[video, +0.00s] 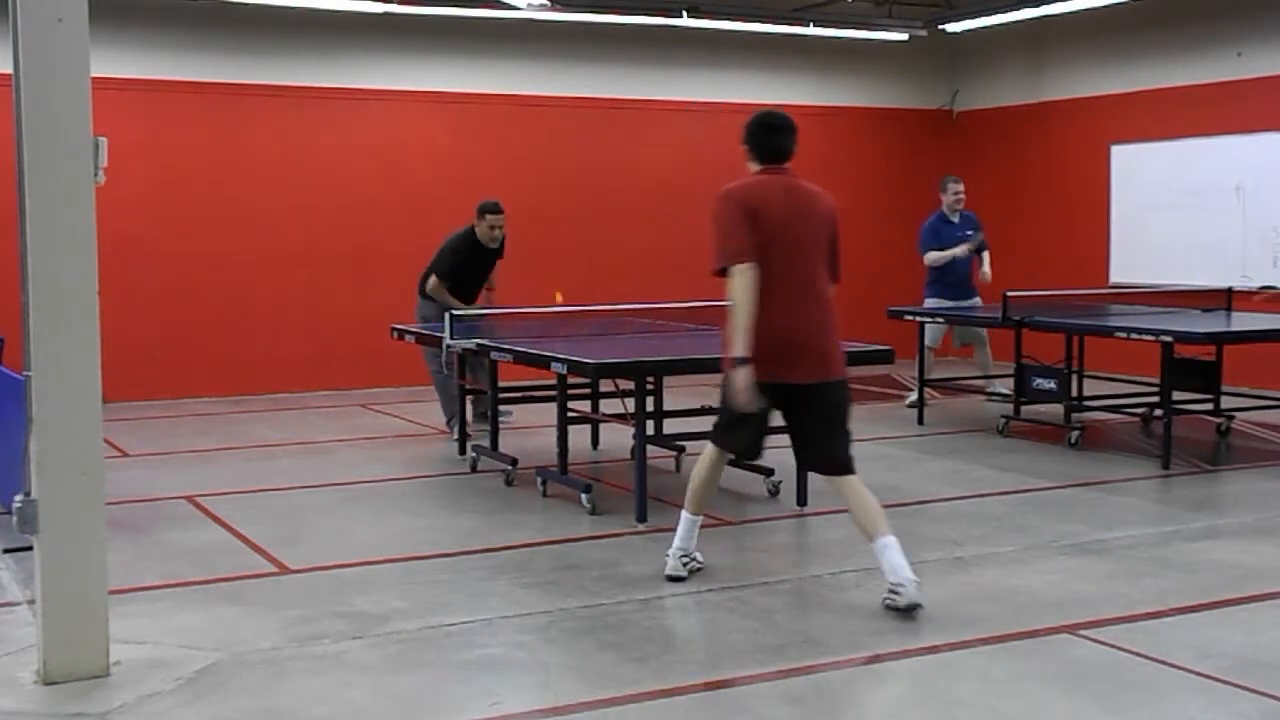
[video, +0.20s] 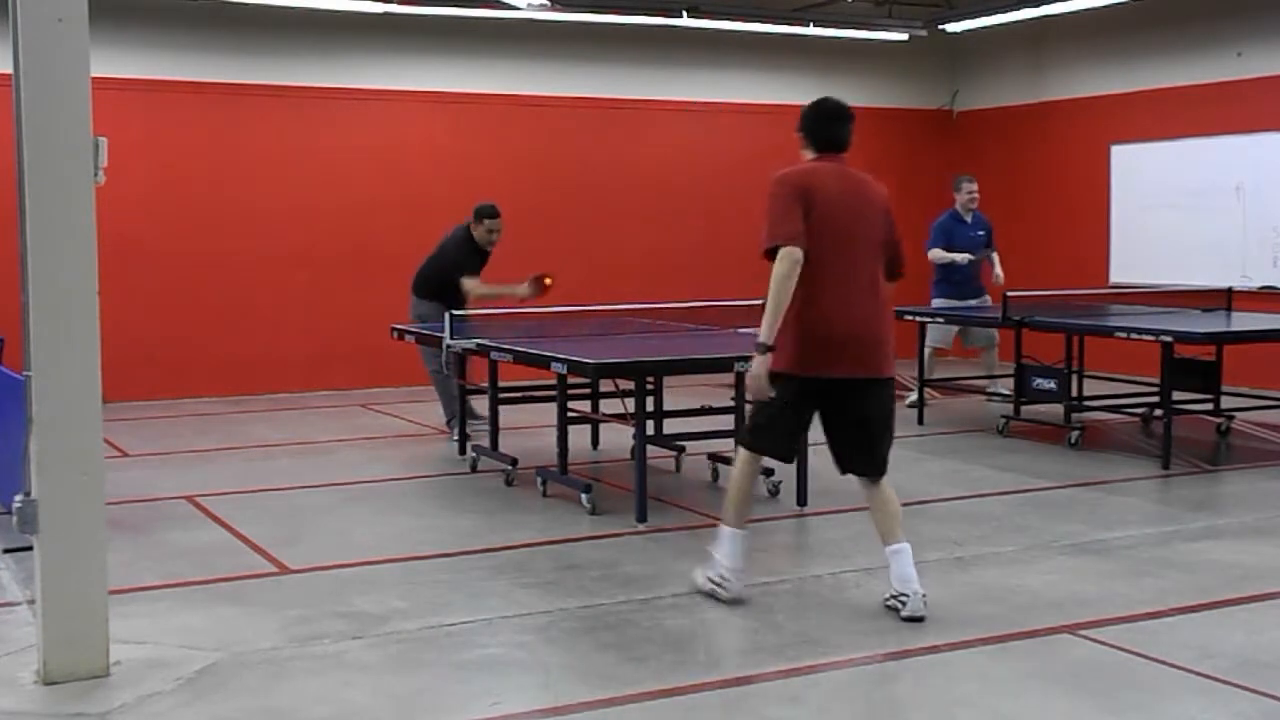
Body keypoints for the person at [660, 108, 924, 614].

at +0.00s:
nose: (744, 153)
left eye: (744, 146)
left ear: (748, 150)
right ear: (792, 151)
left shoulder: (737, 198)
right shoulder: (820, 201)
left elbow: (744, 273)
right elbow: (828, 279)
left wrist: (737, 358)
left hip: (759, 361)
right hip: (820, 362)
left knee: (717, 450)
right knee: (842, 471)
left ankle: (681, 552)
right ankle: (901, 579)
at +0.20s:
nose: (798, 145)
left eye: (799, 137)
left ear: (804, 139)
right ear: (848, 140)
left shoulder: (792, 182)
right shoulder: (874, 190)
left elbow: (791, 257)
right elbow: (894, 268)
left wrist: (763, 346)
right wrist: (844, 256)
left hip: (804, 354)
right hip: (869, 356)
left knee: (750, 454)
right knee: (873, 475)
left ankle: (724, 569)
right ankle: (908, 589)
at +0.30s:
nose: (820, 138)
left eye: (820, 130)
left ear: (824, 134)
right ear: (871, 136)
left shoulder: (803, 180)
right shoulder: (897, 190)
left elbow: (785, 256)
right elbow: (915, 269)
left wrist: (748, 340)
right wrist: (871, 284)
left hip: (811, 354)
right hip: (882, 357)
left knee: (773, 467)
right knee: (882, 474)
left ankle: (767, 589)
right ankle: (909, 590)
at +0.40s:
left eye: (836, 131)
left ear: (839, 137)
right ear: (887, 141)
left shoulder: (810, 185)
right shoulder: (911, 195)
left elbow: (774, 267)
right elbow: (928, 289)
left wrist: (741, 343)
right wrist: (914, 353)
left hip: (818, 353)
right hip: (889, 358)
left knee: (799, 476)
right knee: (890, 472)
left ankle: (814, 598)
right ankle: (910, 592)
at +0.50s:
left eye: (844, 148)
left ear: (847, 154)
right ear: (897, 156)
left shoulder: (817, 201)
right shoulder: (918, 211)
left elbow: (775, 280)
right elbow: (937, 301)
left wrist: (752, 344)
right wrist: (935, 352)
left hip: (824, 365)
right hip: (895, 365)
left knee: (817, 498)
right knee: (898, 472)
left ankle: (841, 625)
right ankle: (914, 593)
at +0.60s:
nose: (845, 176)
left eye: (847, 168)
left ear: (852, 172)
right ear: (903, 176)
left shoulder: (824, 217)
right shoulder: (926, 226)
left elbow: (779, 301)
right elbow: (942, 322)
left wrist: (772, 347)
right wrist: (936, 380)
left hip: (835, 378)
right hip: (907, 380)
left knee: (816, 517)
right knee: (896, 465)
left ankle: (848, 643)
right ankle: (929, 588)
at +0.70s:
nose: (853, 186)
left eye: (855, 177)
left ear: (860, 181)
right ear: (911, 185)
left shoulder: (836, 219)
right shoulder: (933, 232)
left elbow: (789, 304)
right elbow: (946, 327)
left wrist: (782, 329)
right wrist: (935, 402)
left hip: (849, 384)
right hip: (918, 385)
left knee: (823, 521)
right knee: (900, 471)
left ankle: (850, 648)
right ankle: (943, 588)